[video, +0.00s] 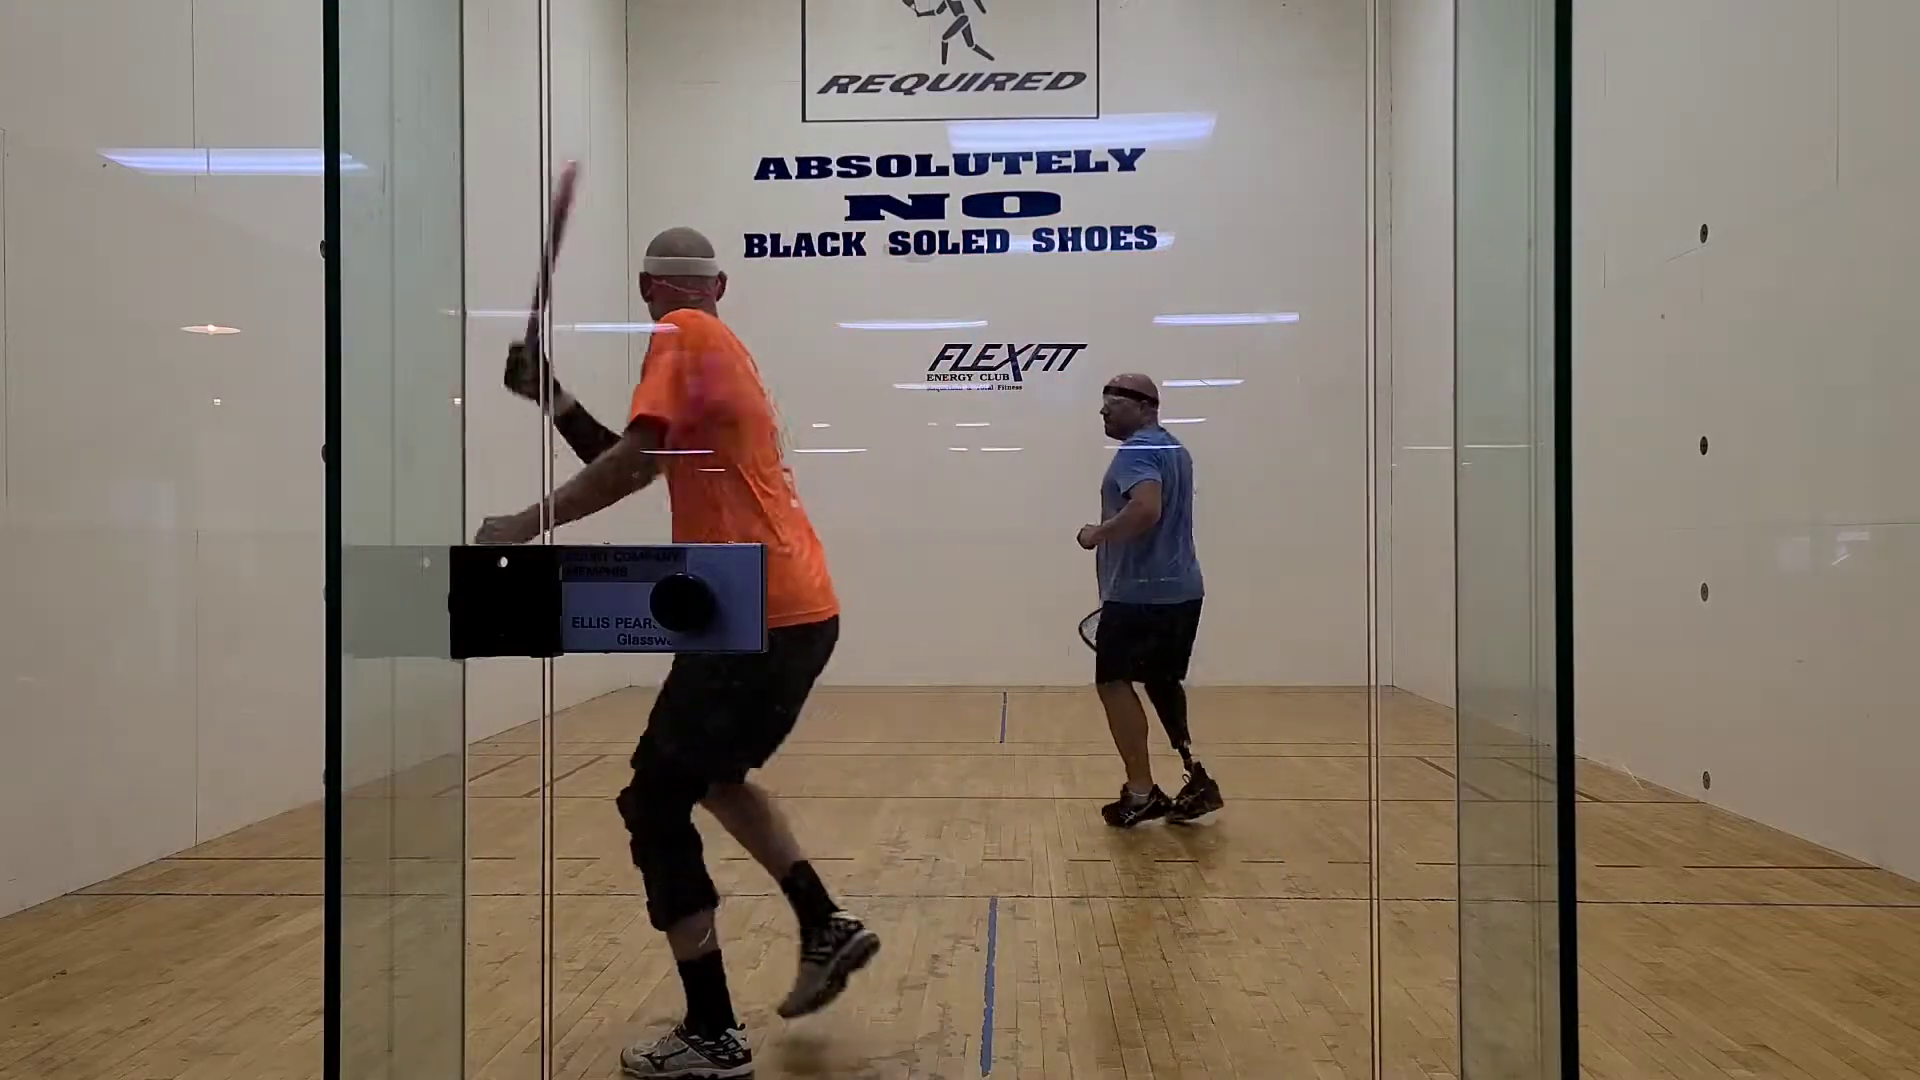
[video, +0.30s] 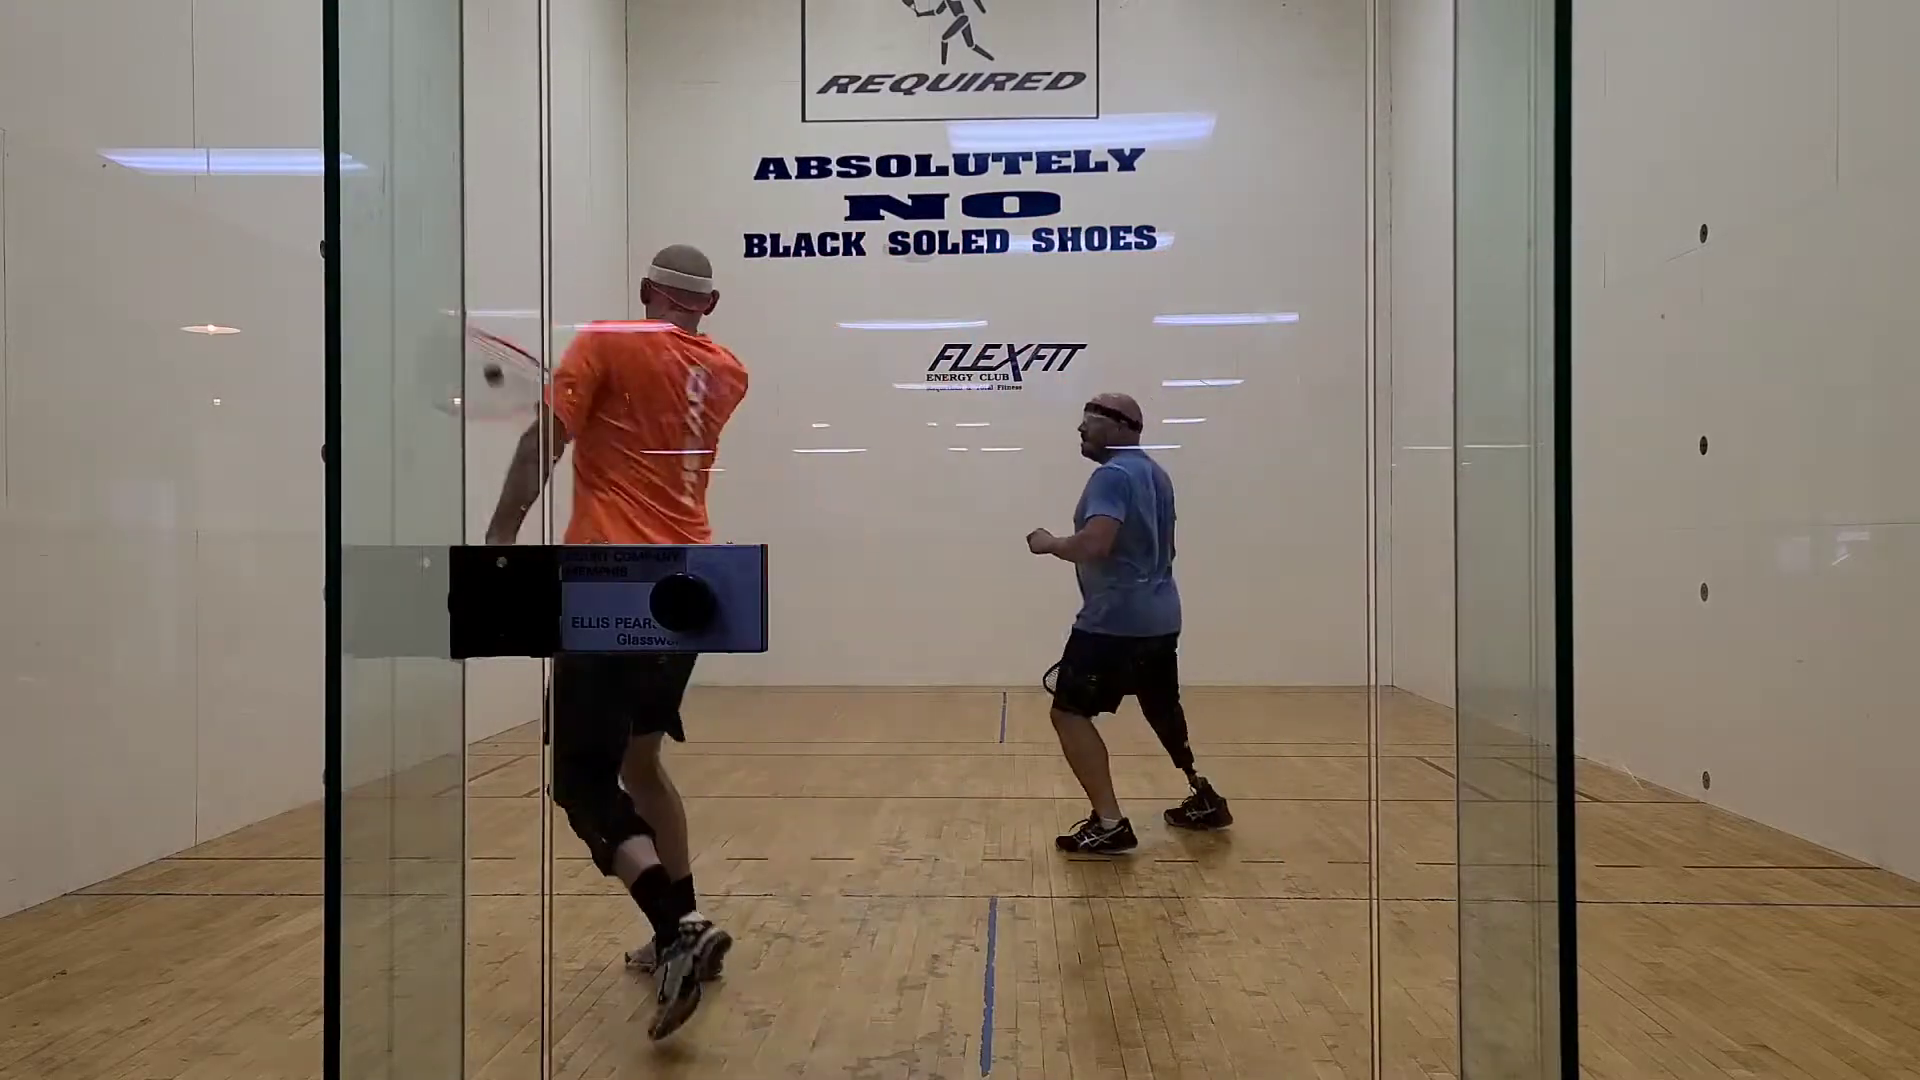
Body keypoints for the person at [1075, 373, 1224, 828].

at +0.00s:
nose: (1102, 408)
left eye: (1111, 399)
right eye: (1104, 399)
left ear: (1141, 406)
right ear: (1145, 410)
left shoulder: (1136, 450)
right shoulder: (1175, 449)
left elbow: (1147, 508)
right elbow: (1167, 526)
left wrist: (1101, 532)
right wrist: (1122, 582)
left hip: (1140, 596)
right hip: (1181, 592)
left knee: (1111, 681)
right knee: (1162, 679)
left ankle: (1140, 790)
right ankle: (1197, 779)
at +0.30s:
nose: (1080, 426)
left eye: (1090, 418)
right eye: (1083, 418)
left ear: (1118, 427)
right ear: (1125, 431)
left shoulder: (1113, 474)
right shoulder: (1157, 473)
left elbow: (1095, 544)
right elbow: (1164, 548)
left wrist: (1050, 544)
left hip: (1112, 623)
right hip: (1160, 619)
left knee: (1068, 712)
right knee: (1162, 706)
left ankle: (1109, 824)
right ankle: (1202, 795)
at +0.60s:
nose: (1074, 402)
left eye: (1074, 394)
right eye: (1083, 395)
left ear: (1077, 395)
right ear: (1121, 400)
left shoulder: (1062, 437)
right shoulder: (1153, 451)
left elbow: (1017, 505)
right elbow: (1170, 533)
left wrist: (1033, 473)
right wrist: (1155, 589)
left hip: (1072, 601)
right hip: (1139, 603)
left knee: (1043, 699)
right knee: (1129, 698)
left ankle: (1067, 821)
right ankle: (1169, 808)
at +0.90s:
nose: (1085, 422)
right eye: (1090, 414)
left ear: (1043, 416)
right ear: (1094, 419)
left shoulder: (1005, 464)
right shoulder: (1116, 471)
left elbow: (953, 530)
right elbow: (1140, 567)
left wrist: (995, 550)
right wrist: (1153, 626)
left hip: (1020, 628)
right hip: (1095, 628)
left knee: (1001, 738)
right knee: (1121, 728)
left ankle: (999, 863)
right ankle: (1159, 819)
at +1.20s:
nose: (1097, 414)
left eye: (1088, 404)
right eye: (1102, 405)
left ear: (1054, 406)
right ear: (1107, 408)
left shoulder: (1008, 459)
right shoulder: (1115, 463)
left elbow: (967, 534)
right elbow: (1147, 559)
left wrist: (1019, 556)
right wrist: (1173, 617)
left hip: (1011, 635)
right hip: (1084, 634)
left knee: (999, 744)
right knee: (1137, 741)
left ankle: (976, 866)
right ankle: (1122, 840)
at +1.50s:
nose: (1206, 412)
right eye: (1208, 403)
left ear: (1153, 402)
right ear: (1209, 405)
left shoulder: (1101, 455)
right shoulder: (1210, 462)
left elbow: (1039, 531)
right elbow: (1240, 562)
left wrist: (1056, 595)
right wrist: (1271, 620)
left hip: (1077, 639)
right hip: (1142, 649)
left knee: (1115, 761)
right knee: (1143, 794)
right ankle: (1034, 891)